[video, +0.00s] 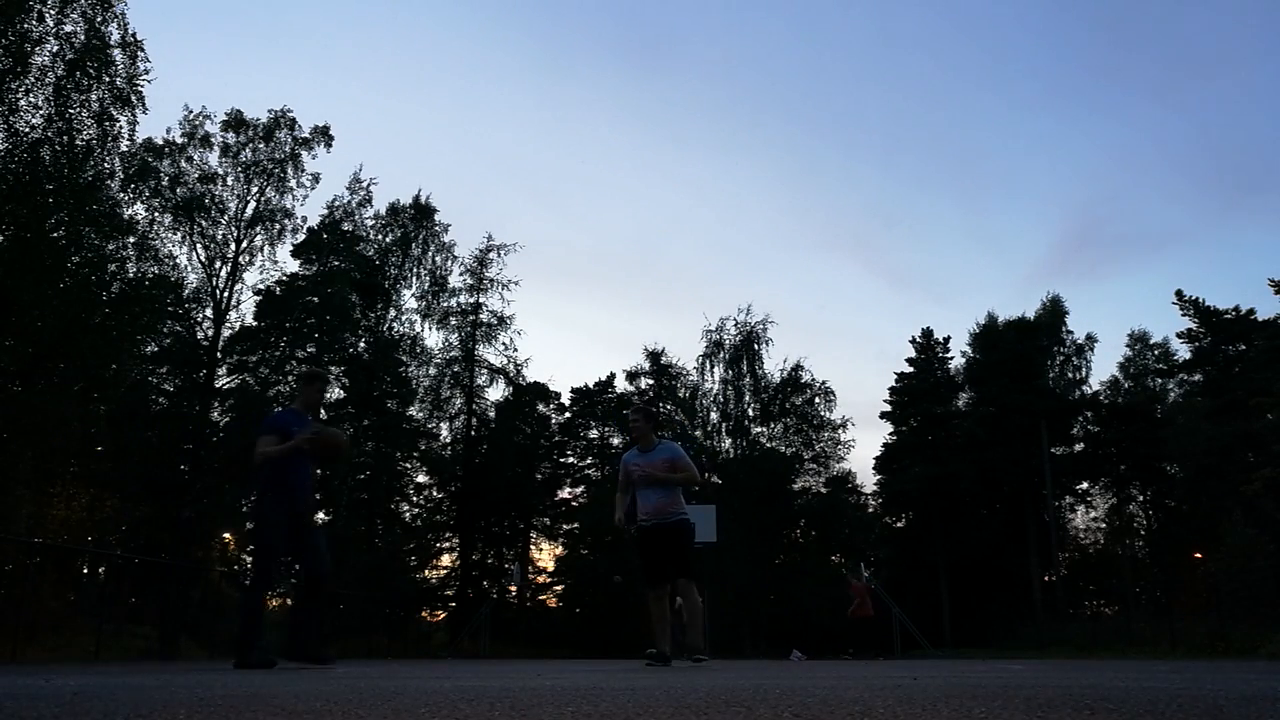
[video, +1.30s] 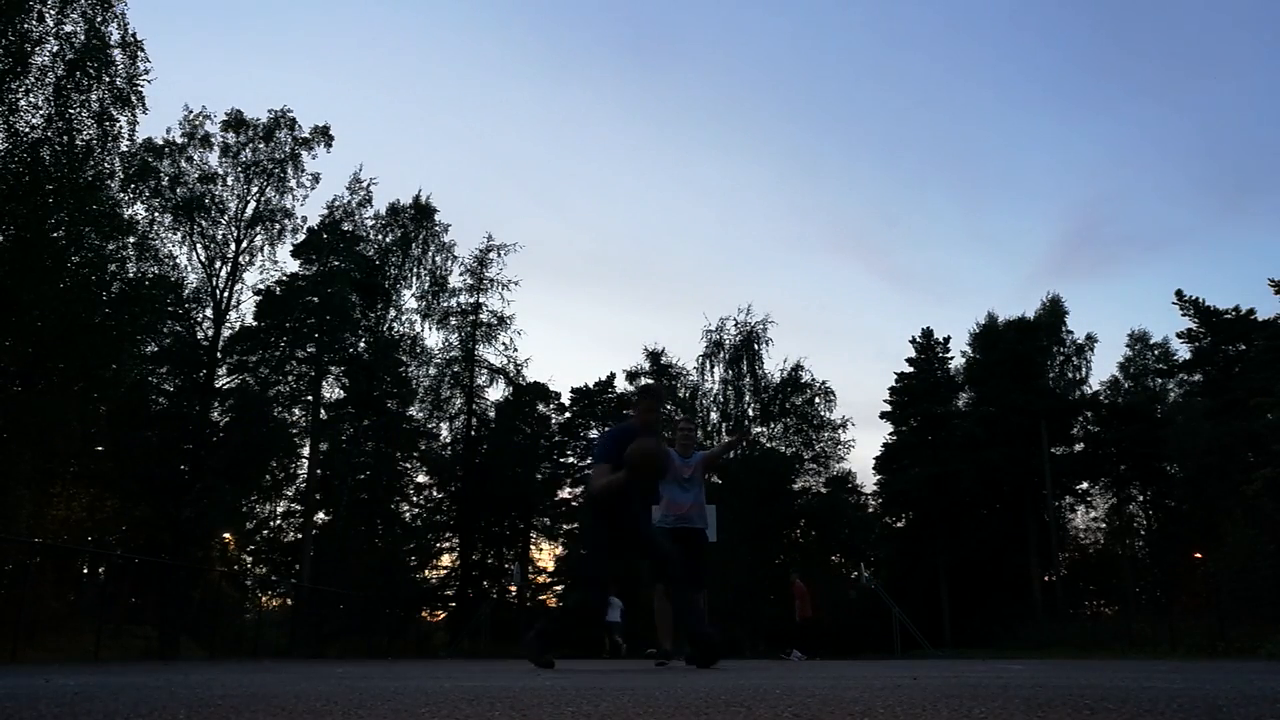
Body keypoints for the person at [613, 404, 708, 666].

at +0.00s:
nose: (632, 426)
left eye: (636, 422)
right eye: (630, 422)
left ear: (650, 424)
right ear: (631, 426)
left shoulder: (670, 449)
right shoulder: (628, 459)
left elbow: (693, 477)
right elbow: (623, 491)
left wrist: (659, 476)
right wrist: (620, 513)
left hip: (676, 525)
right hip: (647, 528)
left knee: (685, 585)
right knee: (656, 589)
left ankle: (696, 647)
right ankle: (662, 650)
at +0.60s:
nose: (662, 428)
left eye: (666, 424)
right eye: (659, 424)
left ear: (674, 428)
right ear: (653, 428)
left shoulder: (688, 455)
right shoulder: (644, 460)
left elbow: (701, 488)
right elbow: (636, 492)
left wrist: (688, 486)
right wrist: (640, 507)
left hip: (685, 529)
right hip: (656, 529)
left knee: (693, 589)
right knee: (659, 591)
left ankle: (699, 648)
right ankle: (663, 650)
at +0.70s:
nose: (671, 430)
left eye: (675, 426)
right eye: (667, 426)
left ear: (681, 430)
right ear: (660, 430)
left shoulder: (694, 457)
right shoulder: (650, 460)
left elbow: (711, 486)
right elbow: (635, 492)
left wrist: (702, 483)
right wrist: (649, 479)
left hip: (688, 530)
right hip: (659, 530)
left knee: (691, 590)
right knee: (661, 591)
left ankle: (693, 649)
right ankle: (663, 650)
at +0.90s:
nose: (684, 433)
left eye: (688, 429)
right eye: (680, 429)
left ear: (694, 433)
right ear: (673, 432)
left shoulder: (702, 459)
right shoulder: (661, 456)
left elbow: (725, 474)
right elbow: (642, 465)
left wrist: (725, 459)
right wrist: (650, 443)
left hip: (693, 532)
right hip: (665, 531)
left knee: (694, 592)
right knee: (663, 591)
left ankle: (694, 651)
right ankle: (663, 651)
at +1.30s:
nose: (687, 434)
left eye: (690, 430)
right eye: (683, 430)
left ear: (696, 435)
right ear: (674, 434)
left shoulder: (700, 458)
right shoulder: (665, 456)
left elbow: (719, 450)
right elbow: (646, 449)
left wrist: (735, 441)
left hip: (695, 530)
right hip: (666, 529)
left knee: (695, 589)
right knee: (665, 588)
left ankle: (698, 648)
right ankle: (665, 648)